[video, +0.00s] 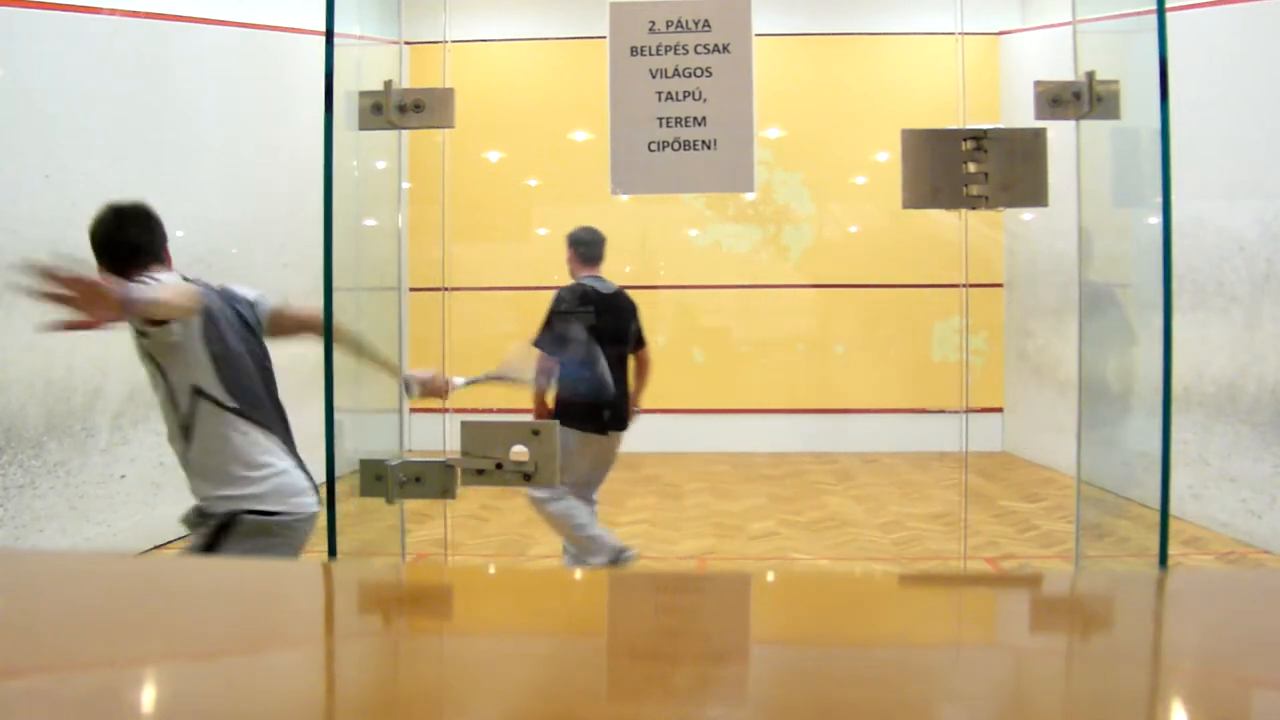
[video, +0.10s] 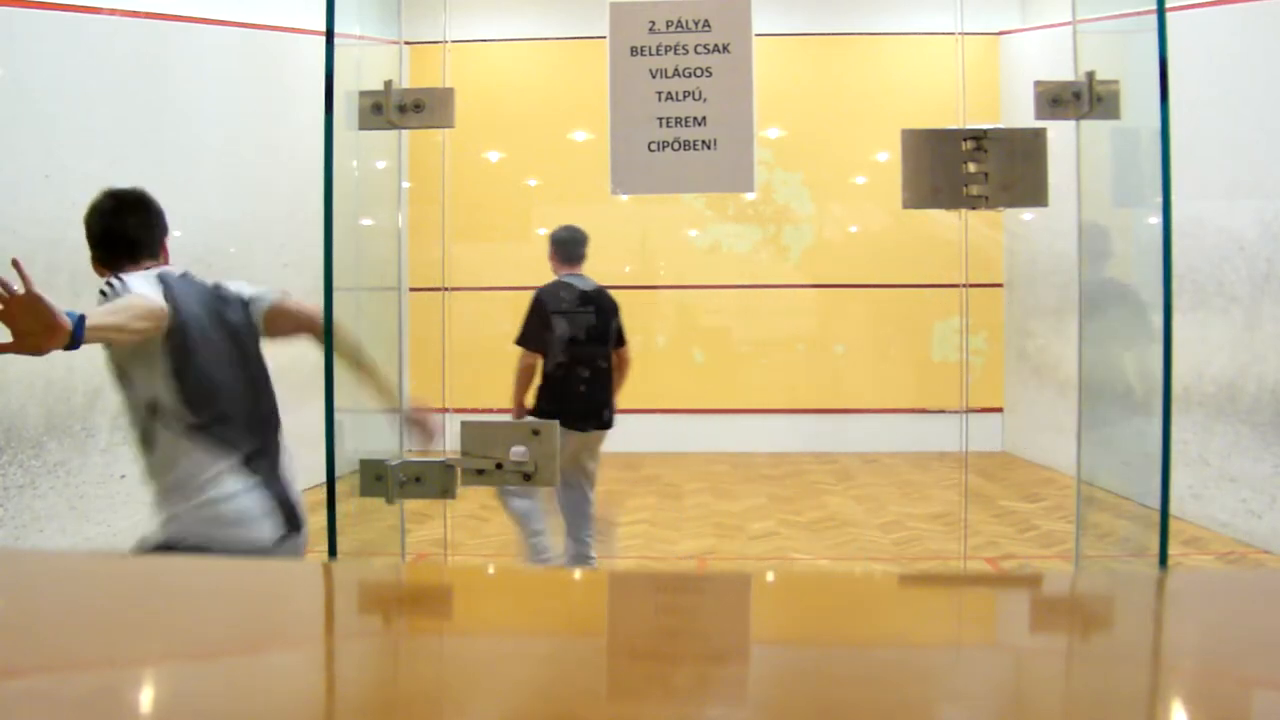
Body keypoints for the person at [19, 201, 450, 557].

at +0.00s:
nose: (119, 283)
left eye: (113, 273)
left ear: (107, 272)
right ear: (170, 247)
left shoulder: (166, 300)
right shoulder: (229, 298)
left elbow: (181, 299)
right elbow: (323, 321)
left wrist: (127, 302)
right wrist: (406, 375)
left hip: (254, 518)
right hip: (283, 510)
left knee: (186, 638)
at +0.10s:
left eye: (98, 263)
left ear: (97, 264)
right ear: (165, 244)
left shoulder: (131, 290)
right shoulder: (219, 295)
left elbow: (150, 315)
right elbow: (314, 318)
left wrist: (68, 328)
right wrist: (397, 403)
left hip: (212, 538)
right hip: (279, 531)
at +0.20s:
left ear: (110, 275)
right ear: (178, 270)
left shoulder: (126, 306)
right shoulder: (238, 336)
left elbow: (184, 322)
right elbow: (304, 387)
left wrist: (70, 329)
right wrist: (353, 470)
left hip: (180, 561)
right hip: (270, 556)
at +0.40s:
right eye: (282, 264)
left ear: (228, 270)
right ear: (284, 276)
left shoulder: (223, 316)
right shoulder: (322, 350)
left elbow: (183, 326)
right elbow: (367, 419)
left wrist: (80, 334)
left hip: (229, 553)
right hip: (310, 556)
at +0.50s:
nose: (360, 255)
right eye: (359, 246)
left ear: (298, 252)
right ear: (357, 254)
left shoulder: (270, 304)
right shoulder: (392, 338)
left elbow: (220, 337)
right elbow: (433, 430)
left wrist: (123, 384)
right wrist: (417, 528)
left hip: (270, 534)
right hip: (365, 539)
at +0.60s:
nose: (383, 245)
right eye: (405, 233)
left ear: (349, 234)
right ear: (406, 239)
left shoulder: (306, 293)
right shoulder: (431, 319)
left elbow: (264, 361)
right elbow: (465, 415)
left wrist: (204, 448)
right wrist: (461, 508)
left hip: (301, 514)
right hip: (390, 520)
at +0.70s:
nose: (447, 247)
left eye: (447, 235)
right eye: (446, 235)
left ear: (388, 231)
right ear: (431, 237)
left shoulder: (334, 290)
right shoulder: (454, 308)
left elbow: (303, 370)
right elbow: (485, 415)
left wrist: (264, 463)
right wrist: (485, 501)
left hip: (331, 492)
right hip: (414, 493)